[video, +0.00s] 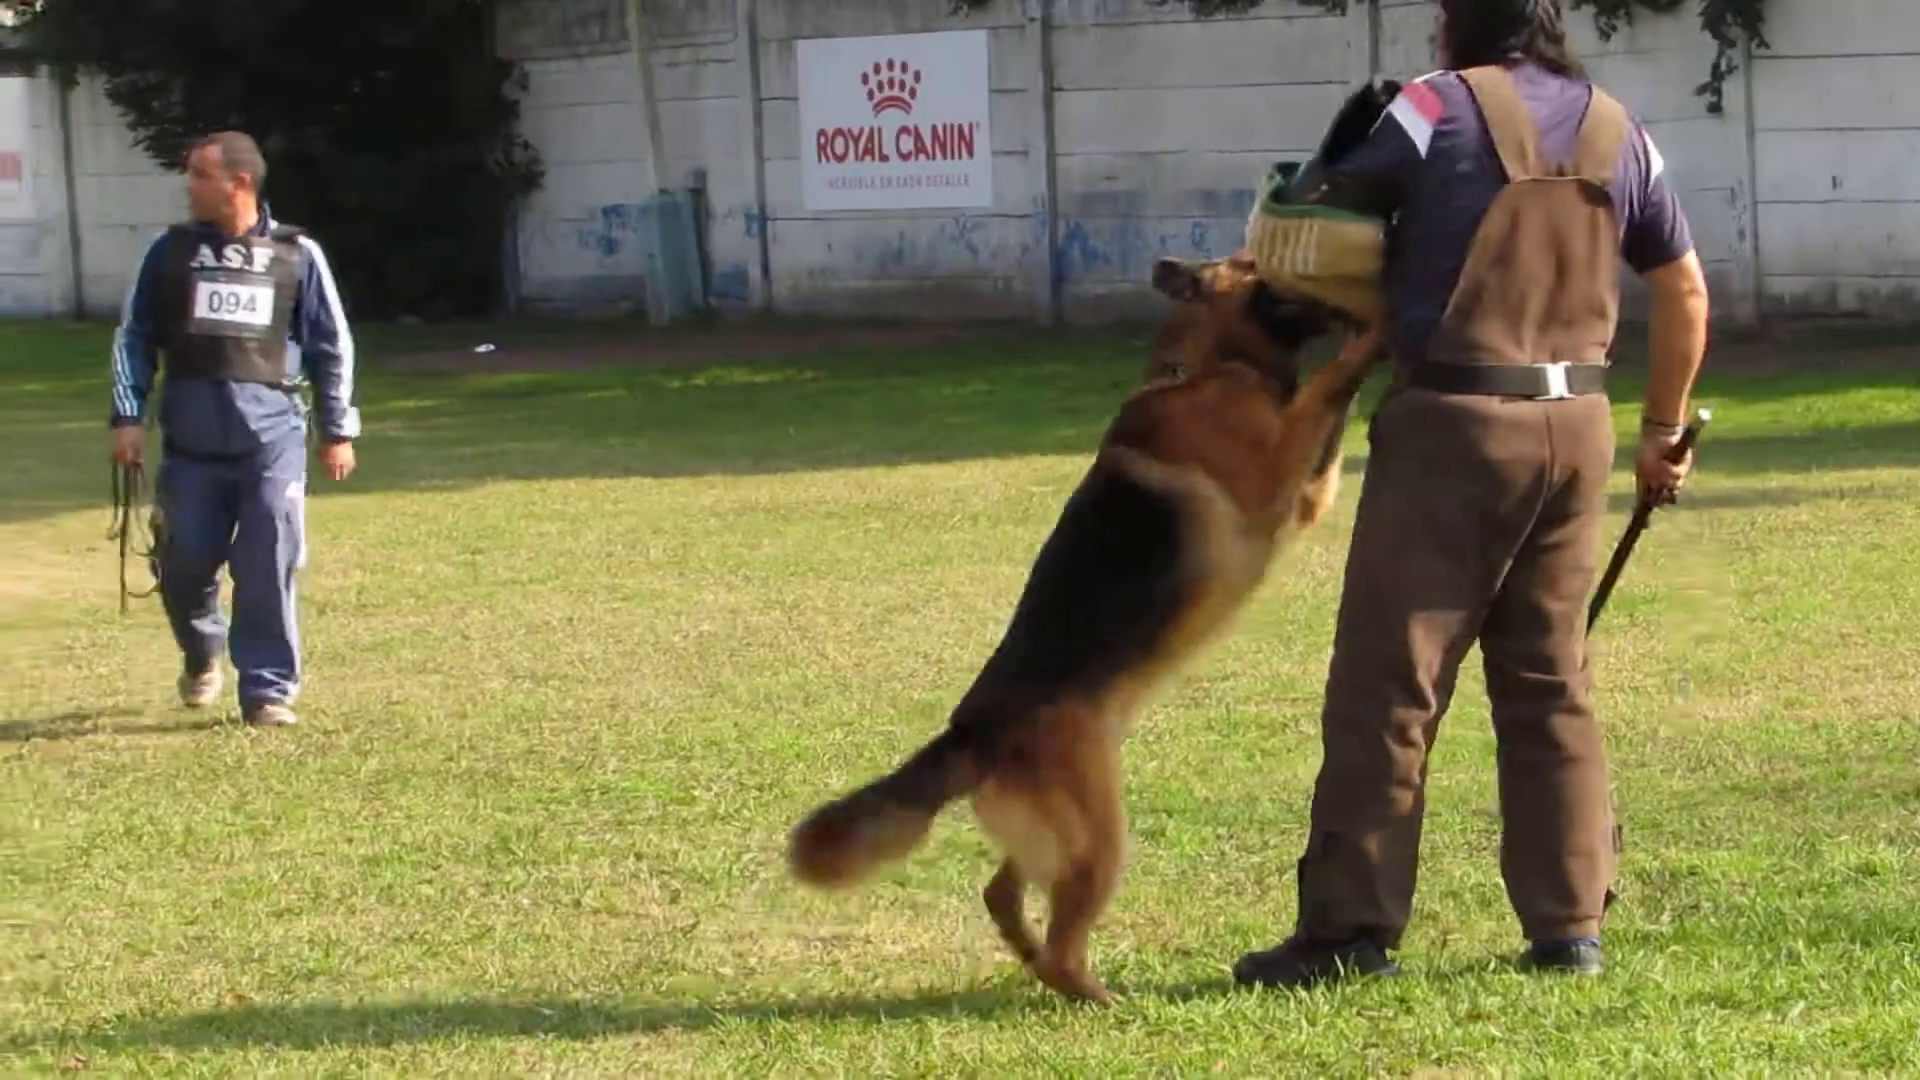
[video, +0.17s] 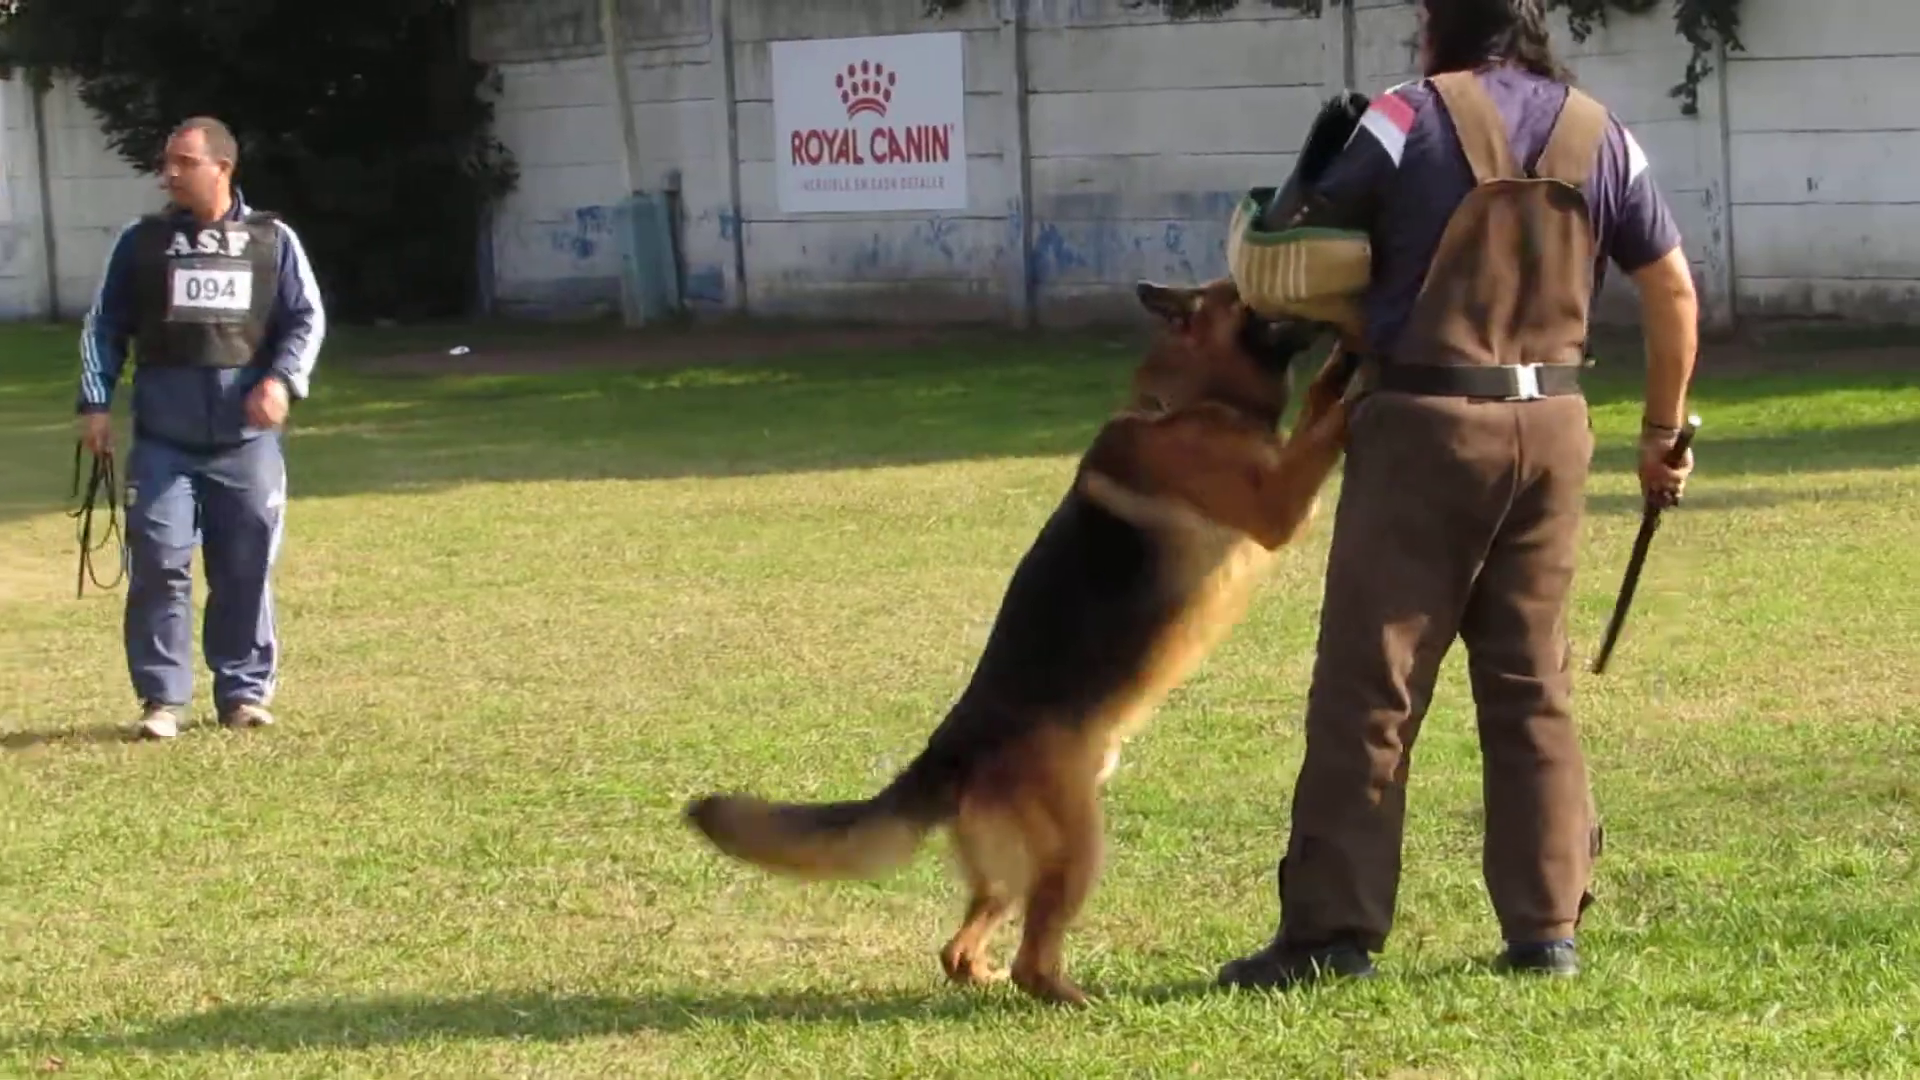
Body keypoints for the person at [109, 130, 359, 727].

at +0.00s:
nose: (189, 185)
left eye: (200, 175)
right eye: (190, 173)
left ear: (240, 185)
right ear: (226, 184)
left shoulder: (299, 256)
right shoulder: (171, 252)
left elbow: (331, 345)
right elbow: (135, 337)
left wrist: (339, 429)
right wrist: (127, 416)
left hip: (271, 435)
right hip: (191, 436)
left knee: (271, 564)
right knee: (184, 563)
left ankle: (268, 690)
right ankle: (201, 652)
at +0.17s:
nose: (168, 172)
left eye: (182, 162)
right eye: (166, 161)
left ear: (221, 169)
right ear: (169, 167)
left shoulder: (273, 240)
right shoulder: (142, 241)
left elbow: (306, 318)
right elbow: (105, 325)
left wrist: (281, 379)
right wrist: (96, 404)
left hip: (246, 433)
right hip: (163, 433)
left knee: (245, 568)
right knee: (159, 564)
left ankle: (244, 693)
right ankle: (162, 701)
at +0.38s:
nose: (164, 189)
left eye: (172, 178)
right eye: (150, 179)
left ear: (187, 184)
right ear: (125, 189)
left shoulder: (229, 250)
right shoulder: (97, 269)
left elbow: (279, 310)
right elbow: (62, 347)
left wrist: (242, 329)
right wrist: (48, 417)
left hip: (214, 450)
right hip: (131, 453)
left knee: (211, 578)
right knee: (115, 569)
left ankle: (207, 701)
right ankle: (106, 714)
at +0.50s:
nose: (124, 209)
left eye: (132, 196)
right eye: (109, 198)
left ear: (146, 201)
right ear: (82, 206)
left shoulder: (191, 263)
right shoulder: (55, 290)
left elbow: (243, 321)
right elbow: (26, 367)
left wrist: (227, 382)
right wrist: (21, 426)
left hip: (182, 470)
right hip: (96, 476)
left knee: (191, 579)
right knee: (76, 586)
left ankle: (187, 692)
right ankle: (84, 727)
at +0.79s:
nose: (120, 232)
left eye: (127, 219)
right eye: (105, 221)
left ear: (138, 222)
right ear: (71, 226)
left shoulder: (159, 275)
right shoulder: (31, 288)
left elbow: (174, 341)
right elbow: (2, 369)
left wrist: (174, 409)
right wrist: (11, 442)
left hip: (136, 456)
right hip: (54, 461)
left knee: (153, 595)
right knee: (39, 607)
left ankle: (111, 740)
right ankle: (21, 713)